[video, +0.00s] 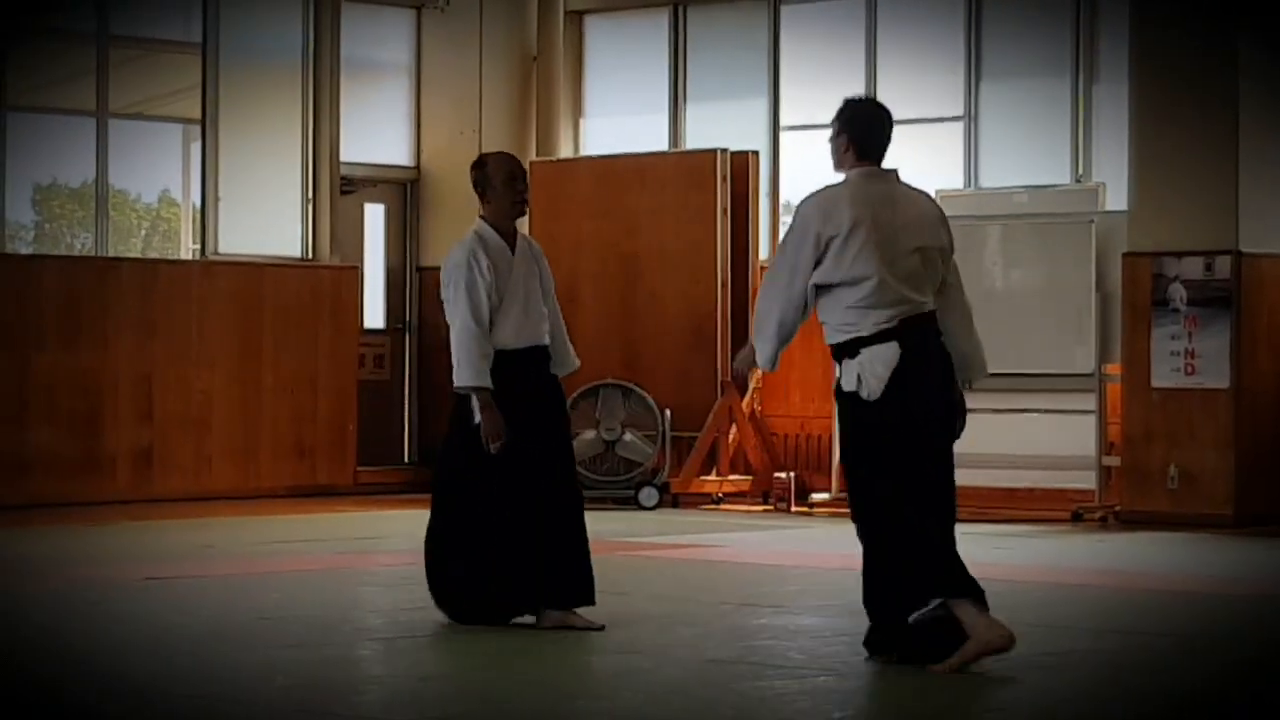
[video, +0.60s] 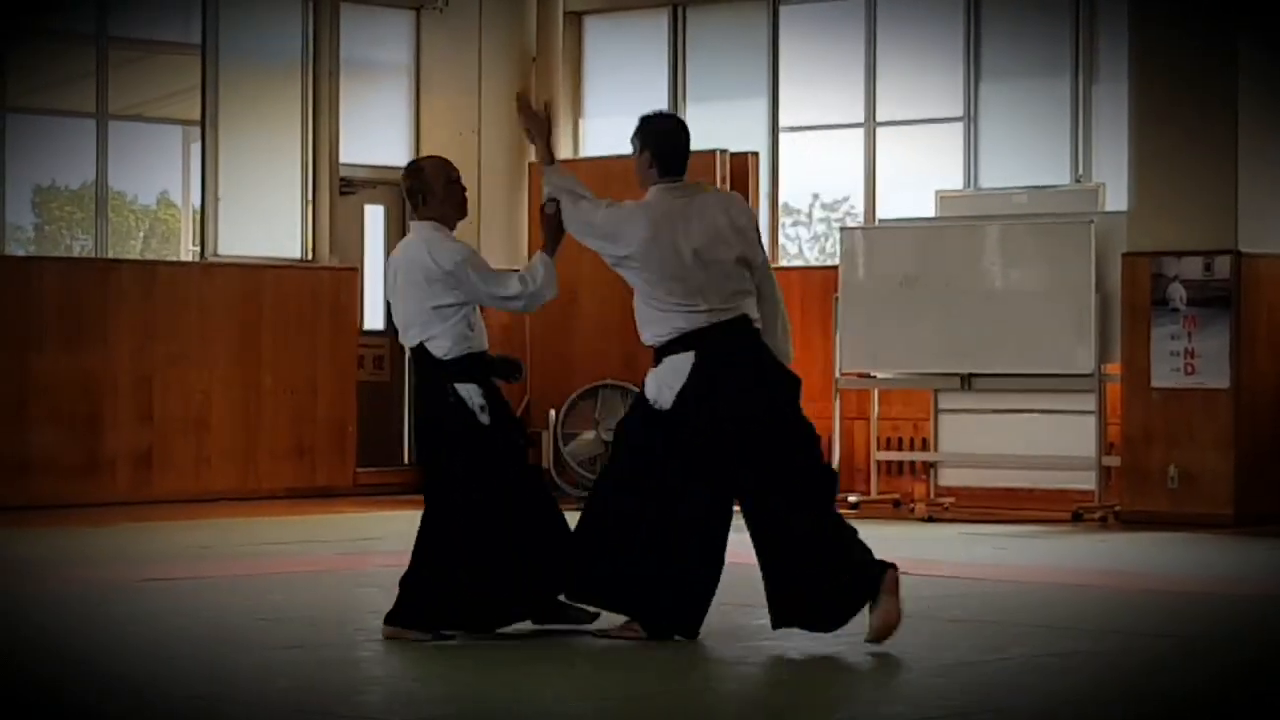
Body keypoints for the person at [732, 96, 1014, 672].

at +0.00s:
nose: (830, 147)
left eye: (833, 139)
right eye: (834, 138)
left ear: (844, 144)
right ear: (885, 145)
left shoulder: (823, 207)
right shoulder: (924, 205)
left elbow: (786, 294)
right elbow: (951, 298)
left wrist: (758, 352)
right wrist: (964, 375)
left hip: (870, 369)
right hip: (933, 361)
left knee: (879, 506)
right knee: (930, 498)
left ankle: (892, 635)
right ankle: (968, 610)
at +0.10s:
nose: (826, 143)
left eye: (829, 134)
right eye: (829, 134)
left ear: (841, 140)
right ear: (880, 144)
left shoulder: (818, 205)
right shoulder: (918, 206)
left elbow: (759, 290)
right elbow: (937, 296)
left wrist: (736, 310)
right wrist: (954, 368)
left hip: (861, 372)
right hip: (923, 367)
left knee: (818, 513)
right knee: (916, 499)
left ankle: (911, 600)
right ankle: (949, 631)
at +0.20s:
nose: (810, 144)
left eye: (813, 135)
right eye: (814, 135)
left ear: (826, 140)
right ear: (865, 144)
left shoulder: (805, 202)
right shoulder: (902, 206)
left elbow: (725, 256)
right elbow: (920, 299)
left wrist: (716, 231)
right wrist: (928, 371)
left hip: (841, 368)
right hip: (905, 366)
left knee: (767, 484)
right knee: (916, 494)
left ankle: (846, 594)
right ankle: (946, 623)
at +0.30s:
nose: (784, 153)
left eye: (786, 144)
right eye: (787, 143)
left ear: (797, 151)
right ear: (836, 153)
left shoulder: (780, 213)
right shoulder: (874, 215)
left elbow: (697, 204)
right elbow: (896, 306)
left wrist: (701, 156)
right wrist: (897, 370)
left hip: (815, 376)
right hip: (883, 372)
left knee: (719, 470)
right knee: (905, 495)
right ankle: (940, 620)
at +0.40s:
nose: (736, 161)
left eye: (739, 153)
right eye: (739, 154)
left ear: (750, 159)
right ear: (794, 162)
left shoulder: (736, 219)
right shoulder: (832, 217)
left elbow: (665, 168)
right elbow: (861, 307)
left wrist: (694, 101)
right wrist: (863, 373)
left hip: (778, 382)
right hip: (848, 378)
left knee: (696, 477)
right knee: (882, 498)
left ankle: (674, 601)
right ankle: (938, 619)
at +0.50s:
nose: (682, 164)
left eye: (685, 156)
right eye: (686, 156)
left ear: (694, 162)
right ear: (742, 162)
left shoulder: (686, 229)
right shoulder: (783, 215)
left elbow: (631, 181)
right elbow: (816, 303)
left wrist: (641, 103)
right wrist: (829, 368)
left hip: (734, 382)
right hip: (803, 373)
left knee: (662, 487)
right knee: (855, 495)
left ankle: (655, 614)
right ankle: (928, 599)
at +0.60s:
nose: (632, 161)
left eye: (634, 153)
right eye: (635, 152)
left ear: (645, 159)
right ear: (685, 157)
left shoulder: (636, 222)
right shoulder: (731, 207)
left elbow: (577, 206)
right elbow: (767, 293)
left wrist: (544, 150)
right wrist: (781, 365)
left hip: (686, 371)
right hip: (751, 361)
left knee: (659, 496)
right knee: (789, 490)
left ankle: (656, 616)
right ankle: (872, 578)